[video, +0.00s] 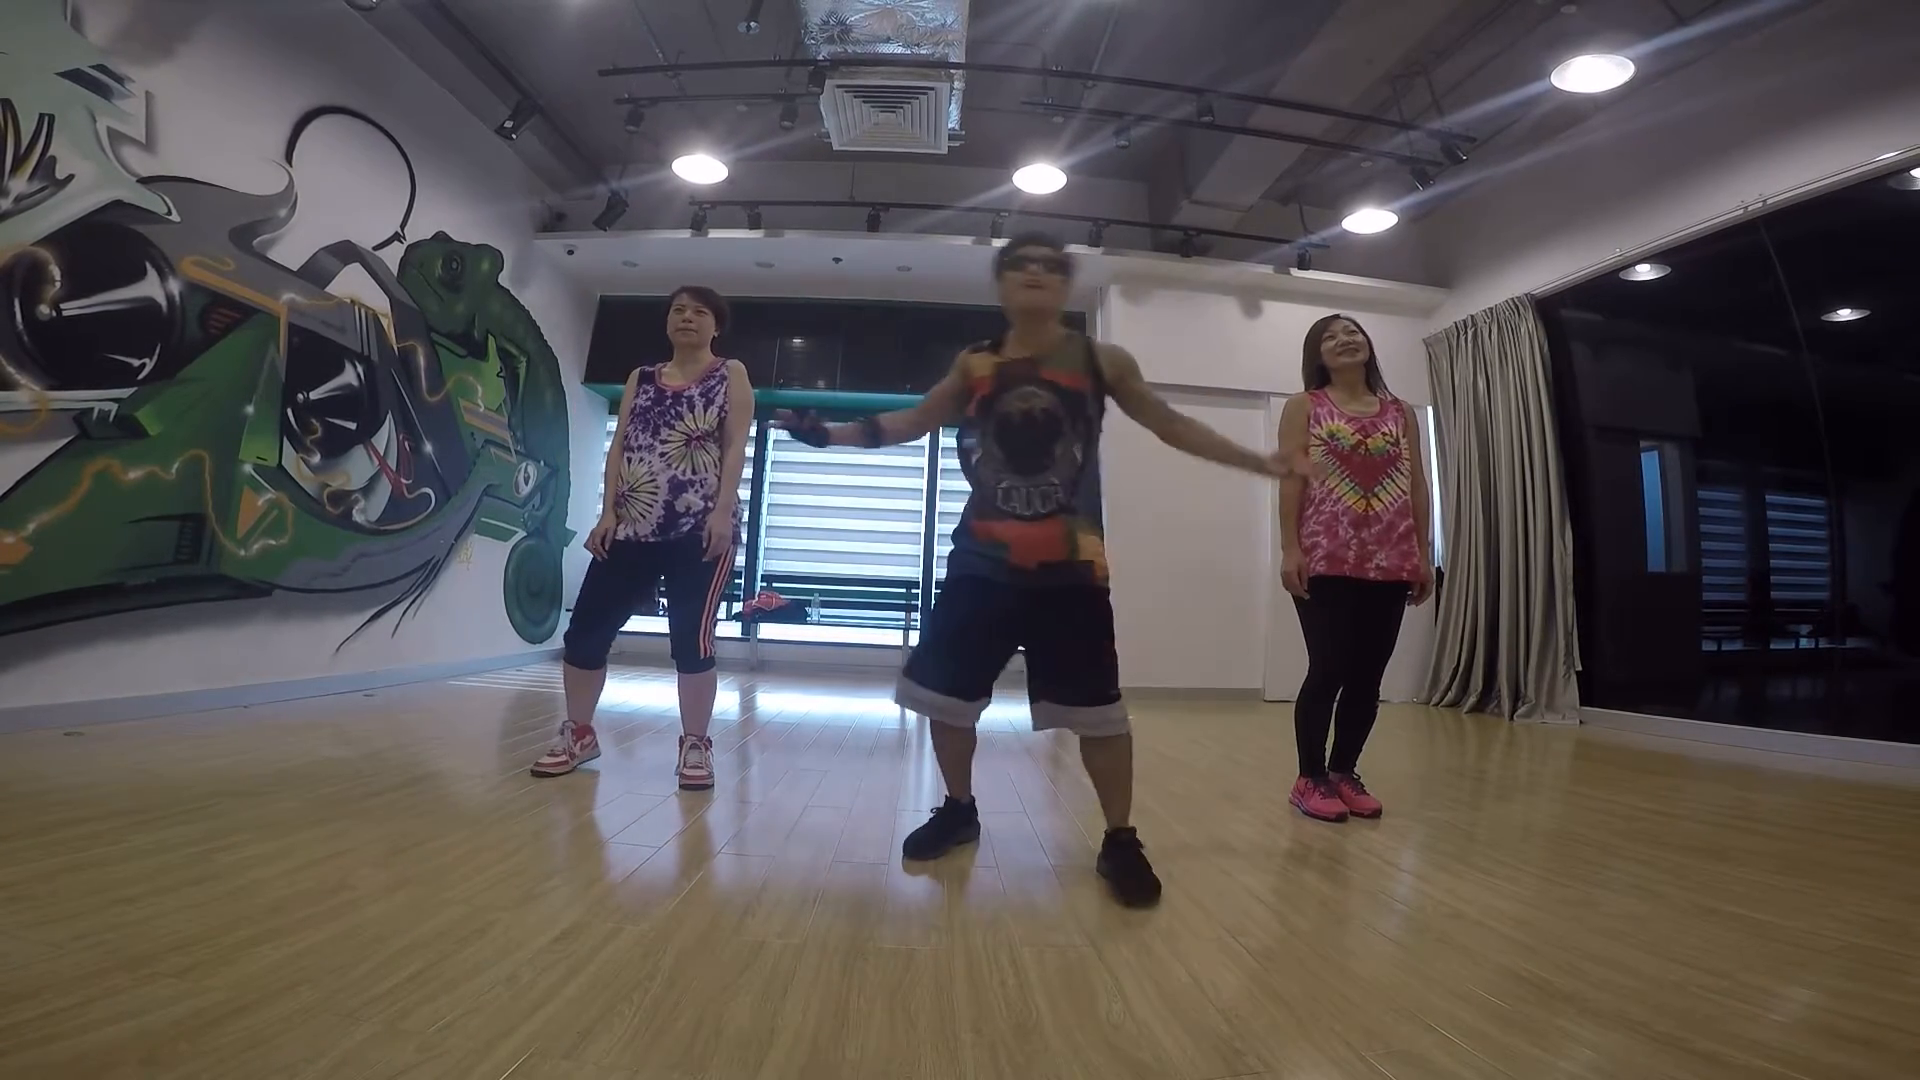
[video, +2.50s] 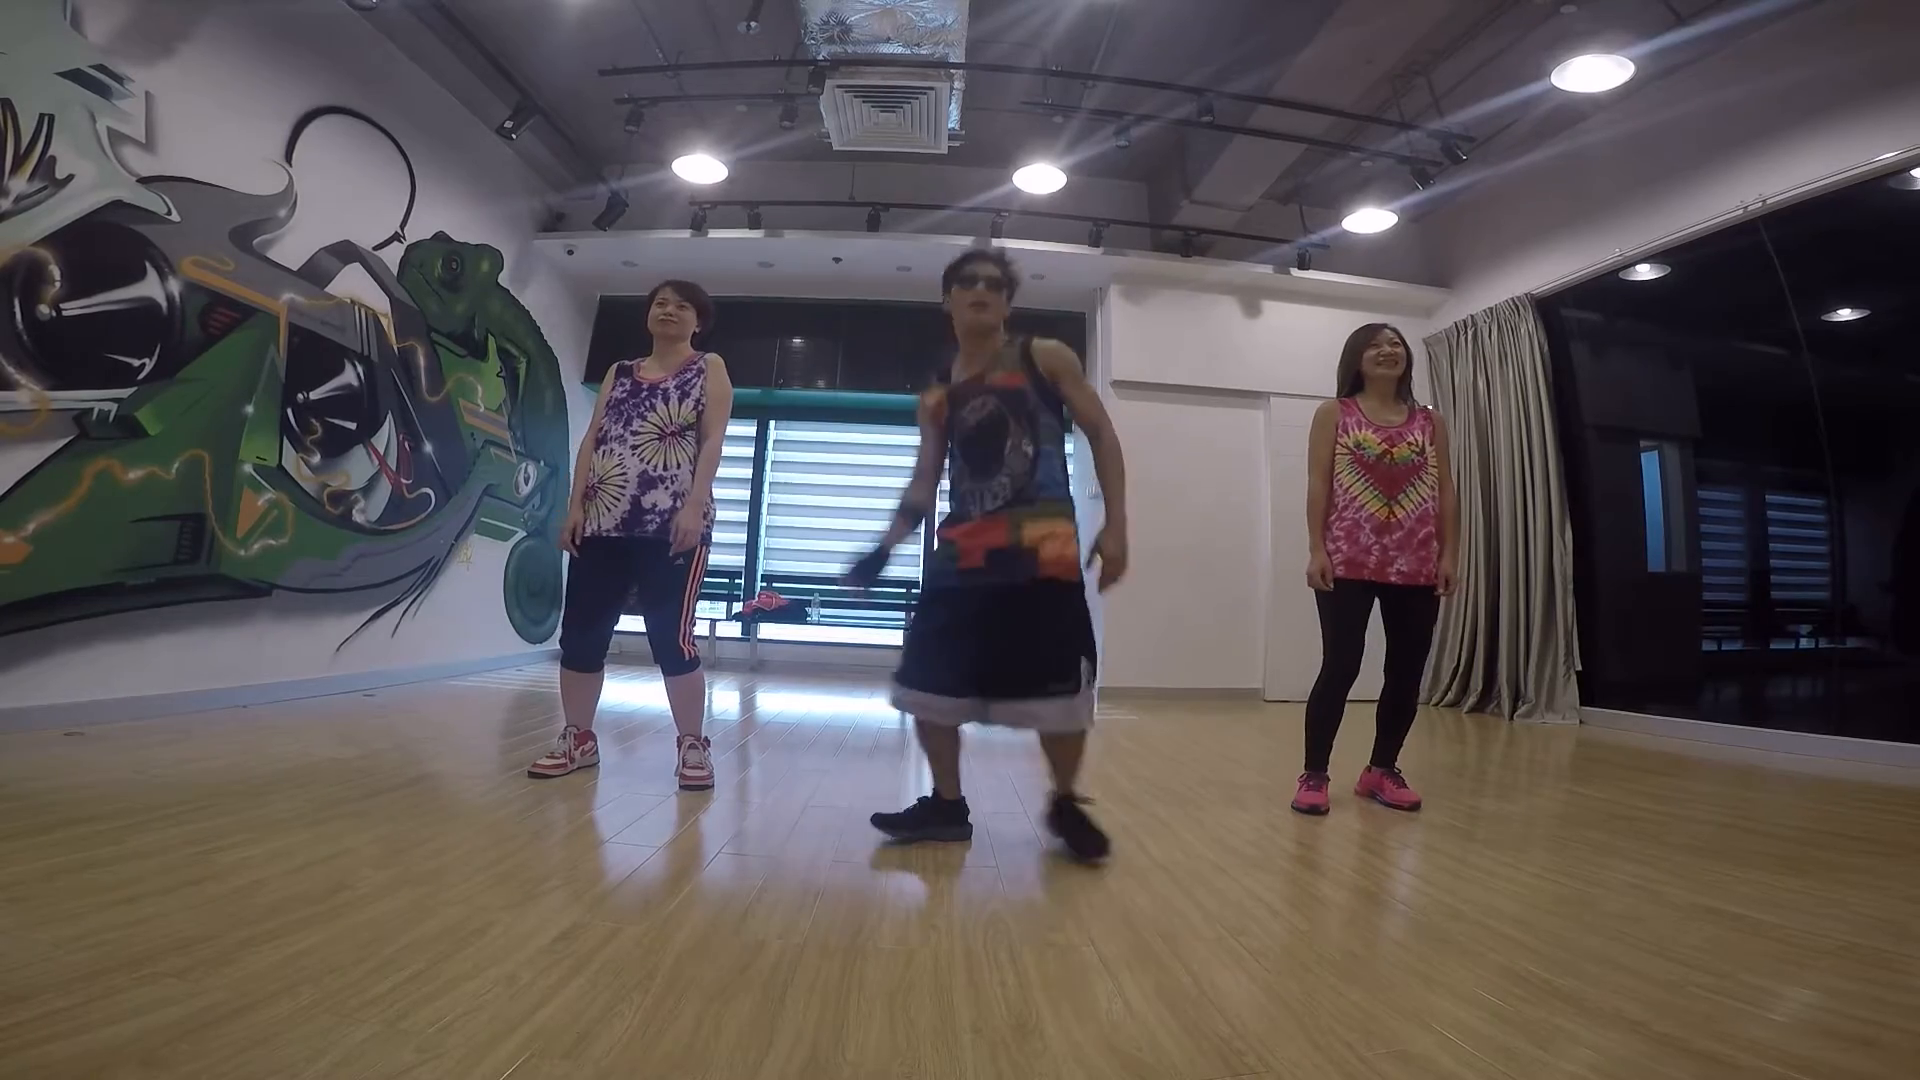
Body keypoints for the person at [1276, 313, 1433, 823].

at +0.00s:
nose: (1345, 338)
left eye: (1353, 332)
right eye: (1331, 336)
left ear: (1370, 348)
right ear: (1317, 358)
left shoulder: (1398, 411)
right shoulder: (1304, 407)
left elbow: (1417, 486)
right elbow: (1293, 479)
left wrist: (1423, 555)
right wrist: (1291, 548)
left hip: (1389, 564)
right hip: (1325, 562)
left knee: (1366, 679)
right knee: (1326, 672)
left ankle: (1344, 774)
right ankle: (1310, 780)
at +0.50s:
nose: (1348, 340)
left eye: (1357, 334)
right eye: (1334, 337)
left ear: (1372, 351)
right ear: (1318, 357)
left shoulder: (1397, 414)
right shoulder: (1302, 409)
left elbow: (1415, 488)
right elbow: (1288, 482)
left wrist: (1421, 557)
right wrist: (1287, 549)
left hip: (1386, 566)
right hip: (1320, 564)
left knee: (1380, 677)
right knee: (1328, 671)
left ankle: (1345, 770)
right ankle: (1309, 780)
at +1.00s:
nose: (1369, 343)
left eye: (1378, 336)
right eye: (1355, 341)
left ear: (1395, 352)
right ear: (1343, 361)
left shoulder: (1421, 416)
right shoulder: (1328, 411)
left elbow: (1439, 490)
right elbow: (1314, 481)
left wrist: (1446, 556)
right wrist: (1313, 549)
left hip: (1409, 565)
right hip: (1344, 562)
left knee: (1397, 675)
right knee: (1343, 669)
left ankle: (1379, 771)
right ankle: (1312, 780)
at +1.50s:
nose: (1384, 354)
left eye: (1392, 346)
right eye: (1370, 350)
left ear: (1408, 360)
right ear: (1356, 368)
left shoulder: (1435, 424)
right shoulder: (1341, 417)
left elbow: (1452, 495)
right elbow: (1328, 486)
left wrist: (1458, 561)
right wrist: (1330, 554)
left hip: (1425, 570)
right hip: (1362, 568)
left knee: (1406, 679)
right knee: (1360, 672)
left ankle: (1381, 772)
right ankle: (1313, 780)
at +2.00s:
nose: (1394, 354)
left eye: (1402, 348)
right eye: (1382, 349)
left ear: (1415, 362)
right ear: (1364, 364)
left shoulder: (1435, 424)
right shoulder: (1343, 417)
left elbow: (1450, 495)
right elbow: (1330, 489)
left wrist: (1456, 559)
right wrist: (1329, 557)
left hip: (1422, 569)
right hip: (1359, 566)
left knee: (1404, 676)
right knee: (1356, 670)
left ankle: (1381, 771)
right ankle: (1316, 774)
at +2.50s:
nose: (1387, 350)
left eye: (1395, 343)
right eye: (1375, 345)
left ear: (1407, 359)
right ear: (1356, 361)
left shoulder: (1430, 421)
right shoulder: (1334, 413)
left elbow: (1445, 488)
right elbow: (1319, 483)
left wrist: (1448, 553)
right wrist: (1317, 549)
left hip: (1415, 565)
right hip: (1348, 562)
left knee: (1405, 674)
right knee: (1340, 669)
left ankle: (1381, 771)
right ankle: (1315, 775)